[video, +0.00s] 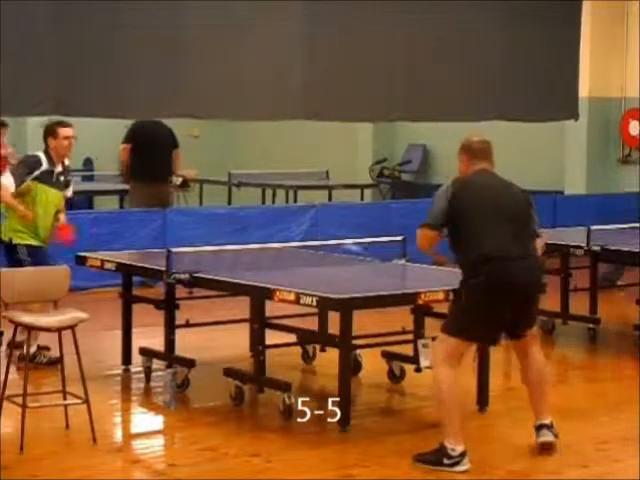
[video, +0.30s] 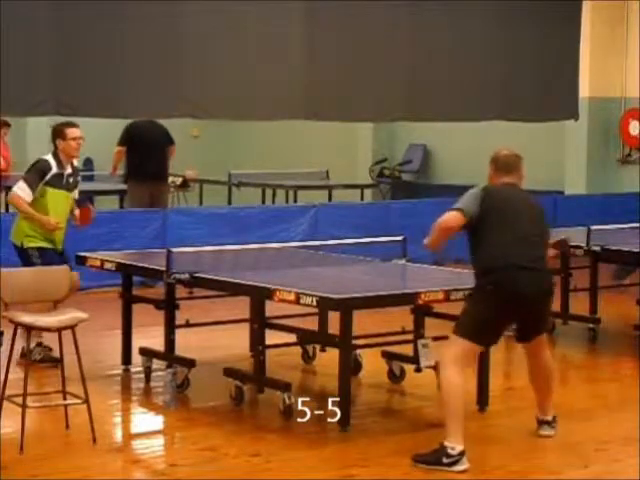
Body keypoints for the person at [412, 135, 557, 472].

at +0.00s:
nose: (458, 168)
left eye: (458, 163)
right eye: (460, 163)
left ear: (464, 161)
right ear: (492, 161)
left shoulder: (455, 189)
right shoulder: (518, 192)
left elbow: (425, 240)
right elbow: (536, 245)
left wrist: (445, 260)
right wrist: (516, 268)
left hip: (483, 279)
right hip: (527, 277)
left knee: (445, 359)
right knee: (528, 345)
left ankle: (453, 448)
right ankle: (545, 424)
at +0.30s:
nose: (491, 179)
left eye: (491, 175)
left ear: (491, 174)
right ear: (521, 177)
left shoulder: (484, 193)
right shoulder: (534, 204)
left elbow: (450, 221)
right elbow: (546, 253)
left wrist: (432, 243)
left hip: (497, 285)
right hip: (538, 285)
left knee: (453, 360)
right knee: (538, 346)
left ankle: (453, 448)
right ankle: (546, 418)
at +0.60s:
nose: (499, 179)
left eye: (499, 175)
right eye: (503, 175)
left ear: (503, 175)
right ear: (530, 176)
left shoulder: (505, 192)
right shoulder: (540, 200)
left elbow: (494, 222)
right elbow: (535, 242)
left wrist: (466, 244)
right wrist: (497, 244)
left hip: (529, 277)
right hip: (565, 277)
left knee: (505, 355)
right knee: (550, 338)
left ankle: (484, 436)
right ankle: (547, 414)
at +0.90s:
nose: (488, 167)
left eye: (489, 162)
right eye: (489, 161)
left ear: (495, 162)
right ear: (520, 162)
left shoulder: (501, 189)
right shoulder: (537, 192)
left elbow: (490, 231)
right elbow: (534, 237)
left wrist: (466, 245)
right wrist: (488, 238)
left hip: (532, 277)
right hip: (564, 275)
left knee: (496, 353)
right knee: (544, 343)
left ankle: (502, 440)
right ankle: (550, 415)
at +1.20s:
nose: (473, 169)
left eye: (474, 164)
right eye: (474, 164)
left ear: (481, 163)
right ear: (507, 163)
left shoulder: (482, 192)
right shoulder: (534, 193)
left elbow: (466, 244)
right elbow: (542, 237)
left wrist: (444, 247)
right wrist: (494, 250)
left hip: (518, 282)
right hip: (559, 280)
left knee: (461, 349)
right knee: (552, 345)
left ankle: (489, 436)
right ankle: (566, 428)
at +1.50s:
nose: (466, 197)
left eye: (467, 191)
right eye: (467, 191)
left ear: (474, 191)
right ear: (500, 190)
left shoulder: (477, 223)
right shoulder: (526, 222)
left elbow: (469, 277)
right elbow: (557, 279)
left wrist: (442, 276)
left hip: (511, 311)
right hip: (552, 307)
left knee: (449, 377)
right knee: (548, 358)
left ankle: (459, 460)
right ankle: (571, 434)